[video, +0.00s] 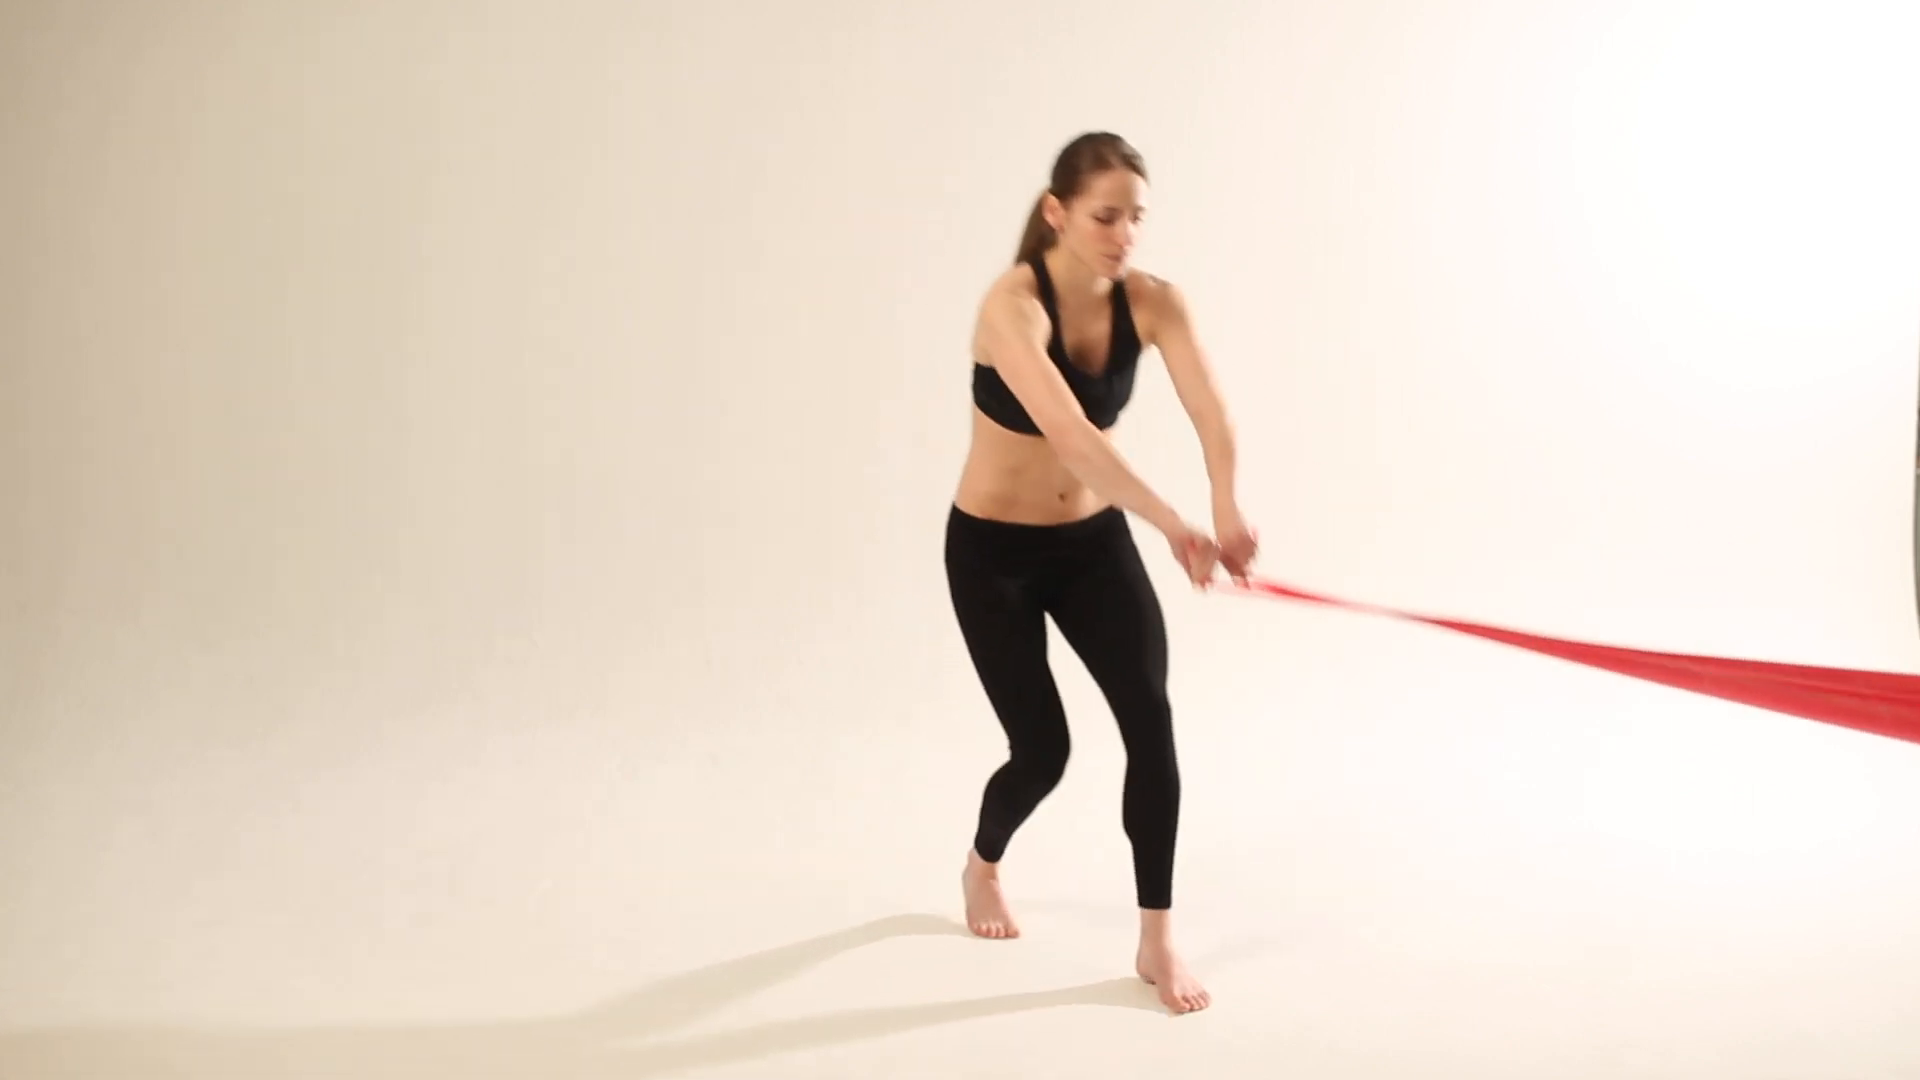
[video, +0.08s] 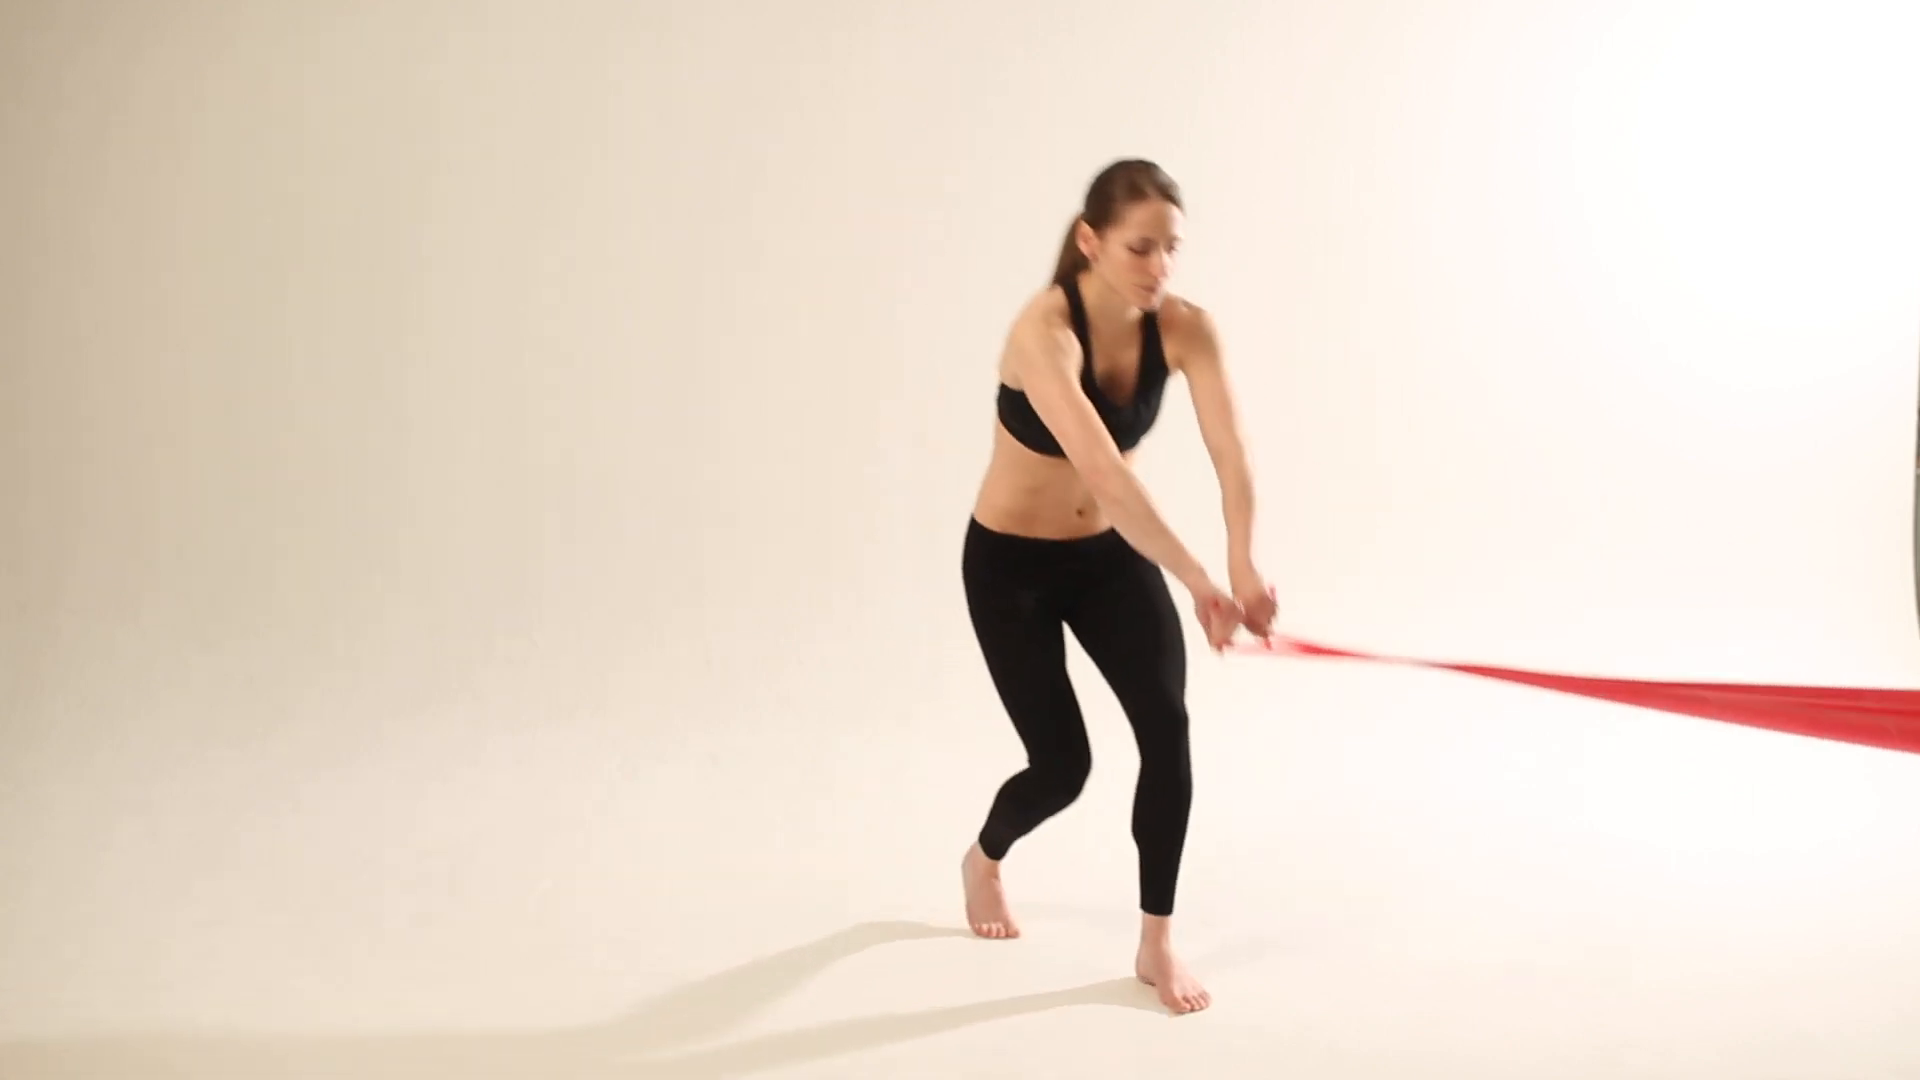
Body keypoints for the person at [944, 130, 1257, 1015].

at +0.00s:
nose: (1124, 231)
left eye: (1134, 214)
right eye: (1107, 213)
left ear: (1142, 219)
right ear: (1055, 211)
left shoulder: (1149, 300)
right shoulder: (1010, 307)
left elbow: (1210, 414)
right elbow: (1078, 445)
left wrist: (1226, 510)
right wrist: (1174, 526)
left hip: (1093, 546)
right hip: (992, 551)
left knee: (1150, 730)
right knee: (1043, 752)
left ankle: (1156, 939)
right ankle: (981, 863)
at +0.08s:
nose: (1160, 267)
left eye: (1170, 247)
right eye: (1142, 247)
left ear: (1179, 246)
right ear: (1089, 243)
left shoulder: (1180, 323)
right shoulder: (1042, 333)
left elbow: (1229, 451)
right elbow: (1109, 483)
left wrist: (1240, 567)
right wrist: (1198, 580)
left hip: (1110, 557)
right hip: (1011, 563)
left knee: (1166, 734)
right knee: (1062, 768)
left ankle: (1156, 941)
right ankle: (982, 854)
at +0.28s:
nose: (1229, 363)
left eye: (1239, 342)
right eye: (1212, 342)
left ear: (1249, 334)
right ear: (1157, 329)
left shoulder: (1247, 409)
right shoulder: (1102, 409)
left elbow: (1273, 549)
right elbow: (1163, 576)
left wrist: (1282, 684)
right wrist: (1243, 703)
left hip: (1136, 592)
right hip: (1039, 598)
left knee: (1198, 750)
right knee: (1085, 805)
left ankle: (1158, 942)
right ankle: (989, 850)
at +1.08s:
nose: (1191, 320)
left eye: (1200, 301)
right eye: (1173, 300)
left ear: (1207, 298)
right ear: (1118, 291)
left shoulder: (1206, 372)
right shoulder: (1065, 376)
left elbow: (1242, 500)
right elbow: (1129, 521)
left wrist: (1267, 617)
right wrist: (1215, 633)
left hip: (1115, 572)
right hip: (1015, 581)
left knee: (1176, 737)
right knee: (1064, 783)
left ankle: (1156, 942)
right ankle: (983, 854)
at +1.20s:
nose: (1138, 251)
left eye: (1149, 234)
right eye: (1121, 232)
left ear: (1158, 237)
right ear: (1070, 229)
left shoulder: (1159, 312)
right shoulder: (1018, 321)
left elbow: (1202, 426)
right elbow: (1084, 454)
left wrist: (1231, 529)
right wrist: (1177, 547)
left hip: (1085, 540)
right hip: (984, 544)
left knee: (1145, 720)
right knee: (1036, 742)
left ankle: (1162, 930)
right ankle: (984, 861)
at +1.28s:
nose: (1106, 209)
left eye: (1116, 192)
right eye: (1089, 192)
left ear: (1124, 197)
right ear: (1038, 190)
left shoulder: (1128, 277)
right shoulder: (986, 285)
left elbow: (1181, 382)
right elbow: (1038, 419)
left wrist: (1202, 465)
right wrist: (1145, 486)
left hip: (1066, 518)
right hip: (967, 522)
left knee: (1123, 707)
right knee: (1017, 718)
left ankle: (1151, 906)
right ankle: (984, 865)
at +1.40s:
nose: (1065, 168)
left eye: (1073, 152)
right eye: (1048, 151)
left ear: (1078, 157)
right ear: (996, 149)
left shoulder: (1088, 242)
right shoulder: (949, 249)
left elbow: (1155, 331)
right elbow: (961, 382)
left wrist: (1176, 374)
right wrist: (1067, 391)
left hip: (1045, 492)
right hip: (948, 499)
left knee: (1095, 679)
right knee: (991, 691)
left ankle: (1067, 861)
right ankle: (981, 872)